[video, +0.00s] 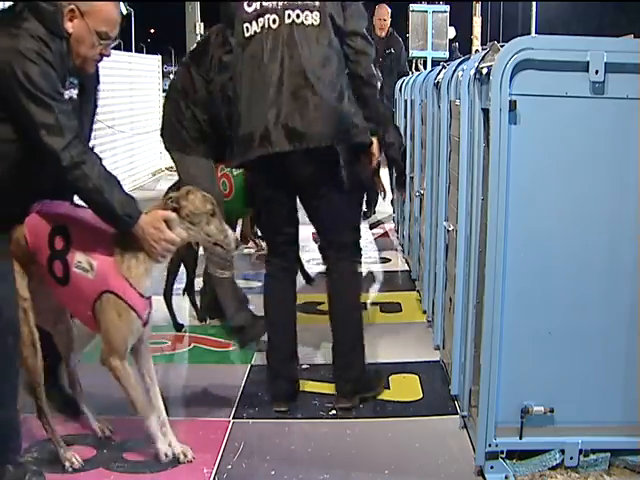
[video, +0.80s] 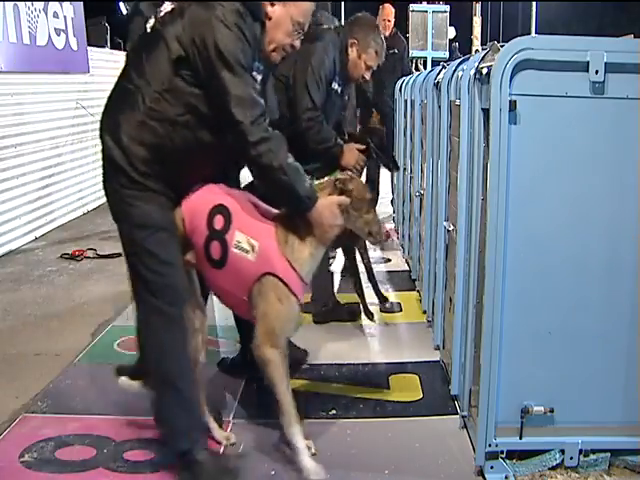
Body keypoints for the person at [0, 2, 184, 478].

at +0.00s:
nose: (107, 51)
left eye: (112, 41)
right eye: (102, 38)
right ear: (71, 18)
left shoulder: (78, 57)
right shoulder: (25, 48)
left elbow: (74, 148)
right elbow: (64, 149)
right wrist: (133, 219)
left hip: (35, 214)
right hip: (3, 216)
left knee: (52, 308)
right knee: (9, 330)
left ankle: (55, 386)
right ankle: (9, 452)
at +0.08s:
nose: (122, 52)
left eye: (127, 43)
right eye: (118, 39)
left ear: (94, 18)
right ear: (86, 18)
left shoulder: (94, 58)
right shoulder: (36, 48)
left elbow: (91, 146)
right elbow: (78, 152)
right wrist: (150, 219)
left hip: (59, 204)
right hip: (9, 209)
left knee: (97, 290)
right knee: (14, 322)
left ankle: (108, 393)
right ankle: (9, 454)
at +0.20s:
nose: (150, 54)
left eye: (156, 45)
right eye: (148, 41)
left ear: (123, 21)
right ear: (117, 19)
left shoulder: (112, 54)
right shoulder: (65, 51)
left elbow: (110, 147)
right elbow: (107, 155)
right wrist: (173, 223)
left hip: (70, 202)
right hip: (17, 207)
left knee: (127, 289)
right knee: (27, 325)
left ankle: (153, 391)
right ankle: (7, 455)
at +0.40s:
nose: (210, 58)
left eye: (216, 49)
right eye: (210, 44)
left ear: (187, 21)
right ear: (183, 19)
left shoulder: (169, 53)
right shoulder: (126, 41)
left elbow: (174, 140)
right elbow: (162, 140)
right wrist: (222, 219)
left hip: (128, 191)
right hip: (68, 191)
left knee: (158, 298)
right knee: (65, 310)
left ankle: (174, 409)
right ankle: (12, 443)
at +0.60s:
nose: (262, 48)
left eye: (268, 39)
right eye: (262, 34)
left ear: (239, 12)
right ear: (238, 8)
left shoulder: (205, 32)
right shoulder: (184, 22)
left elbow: (219, 137)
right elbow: (217, 127)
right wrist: (272, 211)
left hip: (161, 178)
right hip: (108, 169)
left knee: (172, 292)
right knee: (118, 292)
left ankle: (172, 404)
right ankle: (49, 416)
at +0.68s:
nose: (277, 46)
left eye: (283, 38)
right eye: (277, 32)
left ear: (255, 11)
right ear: (254, 9)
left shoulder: (221, 28)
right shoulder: (198, 26)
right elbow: (232, 132)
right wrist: (285, 207)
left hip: (173, 166)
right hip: (121, 161)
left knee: (209, 265)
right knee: (137, 283)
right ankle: (100, 431)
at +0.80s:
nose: (295, 43)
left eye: (302, 34)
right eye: (296, 27)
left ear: (271, 11)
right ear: (270, 6)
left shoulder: (243, 31)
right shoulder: (218, 23)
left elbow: (254, 130)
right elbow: (253, 133)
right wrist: (309, 201)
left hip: (199, 171)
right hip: (142, 169)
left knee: (247, 262)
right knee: (170, 297)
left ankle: (261, 353)